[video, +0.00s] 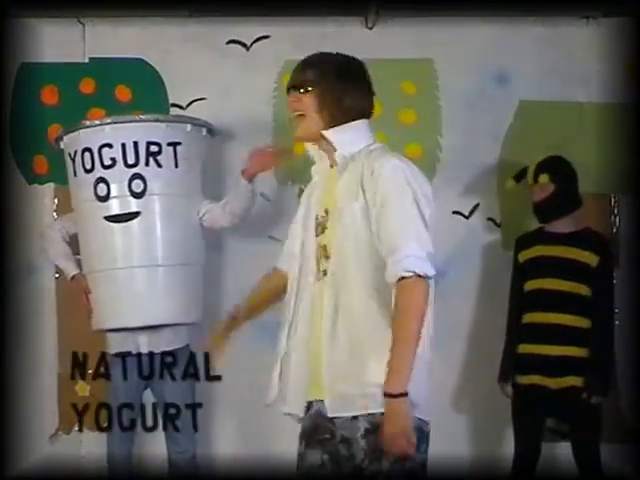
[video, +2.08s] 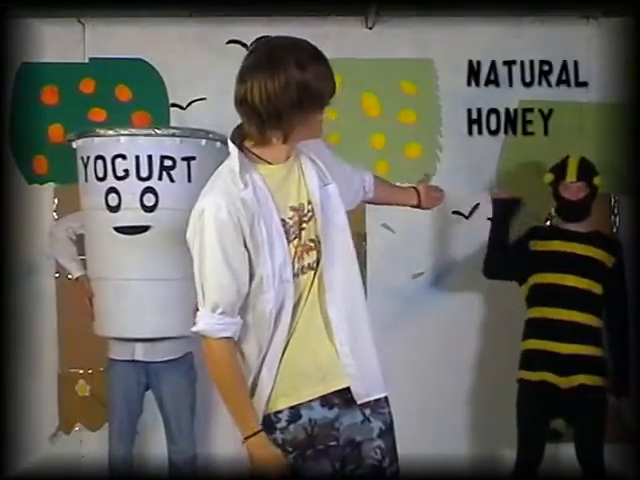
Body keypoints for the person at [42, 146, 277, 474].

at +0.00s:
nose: (137, 187)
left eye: (144, 181)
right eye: (129, 182)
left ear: (159, 179)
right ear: (117, 182)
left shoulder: (178, 205)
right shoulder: (105, 213)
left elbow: (226, 215)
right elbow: (56, 231)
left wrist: (246, 178)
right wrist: (74, 275)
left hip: (174, 333)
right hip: (122, 338)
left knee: (182, 429)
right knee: (122, 429)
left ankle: (185, 476)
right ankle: (119, 479)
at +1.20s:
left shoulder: (179, 218)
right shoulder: (106, 214)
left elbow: (236, 235)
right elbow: (54, 228)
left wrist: (209, 215)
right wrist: (75, 273)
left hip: (172, 337)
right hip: (121, 340)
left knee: (179, 432)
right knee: (120, 429)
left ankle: (183, 477)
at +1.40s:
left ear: (165, 189)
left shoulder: (182, 220)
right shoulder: (106, 217)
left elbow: (216, 247)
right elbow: (56, 227)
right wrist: (75, 273)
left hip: (171, 349)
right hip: (120, 351)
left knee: (182, 448)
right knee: (118, 451)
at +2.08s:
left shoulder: (183, 221)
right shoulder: (108, 217)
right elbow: (59, 230)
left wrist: (204, 297)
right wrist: (81, 277)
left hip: (174, 351)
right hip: (123, 352)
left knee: (183, 449)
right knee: (119, 450)